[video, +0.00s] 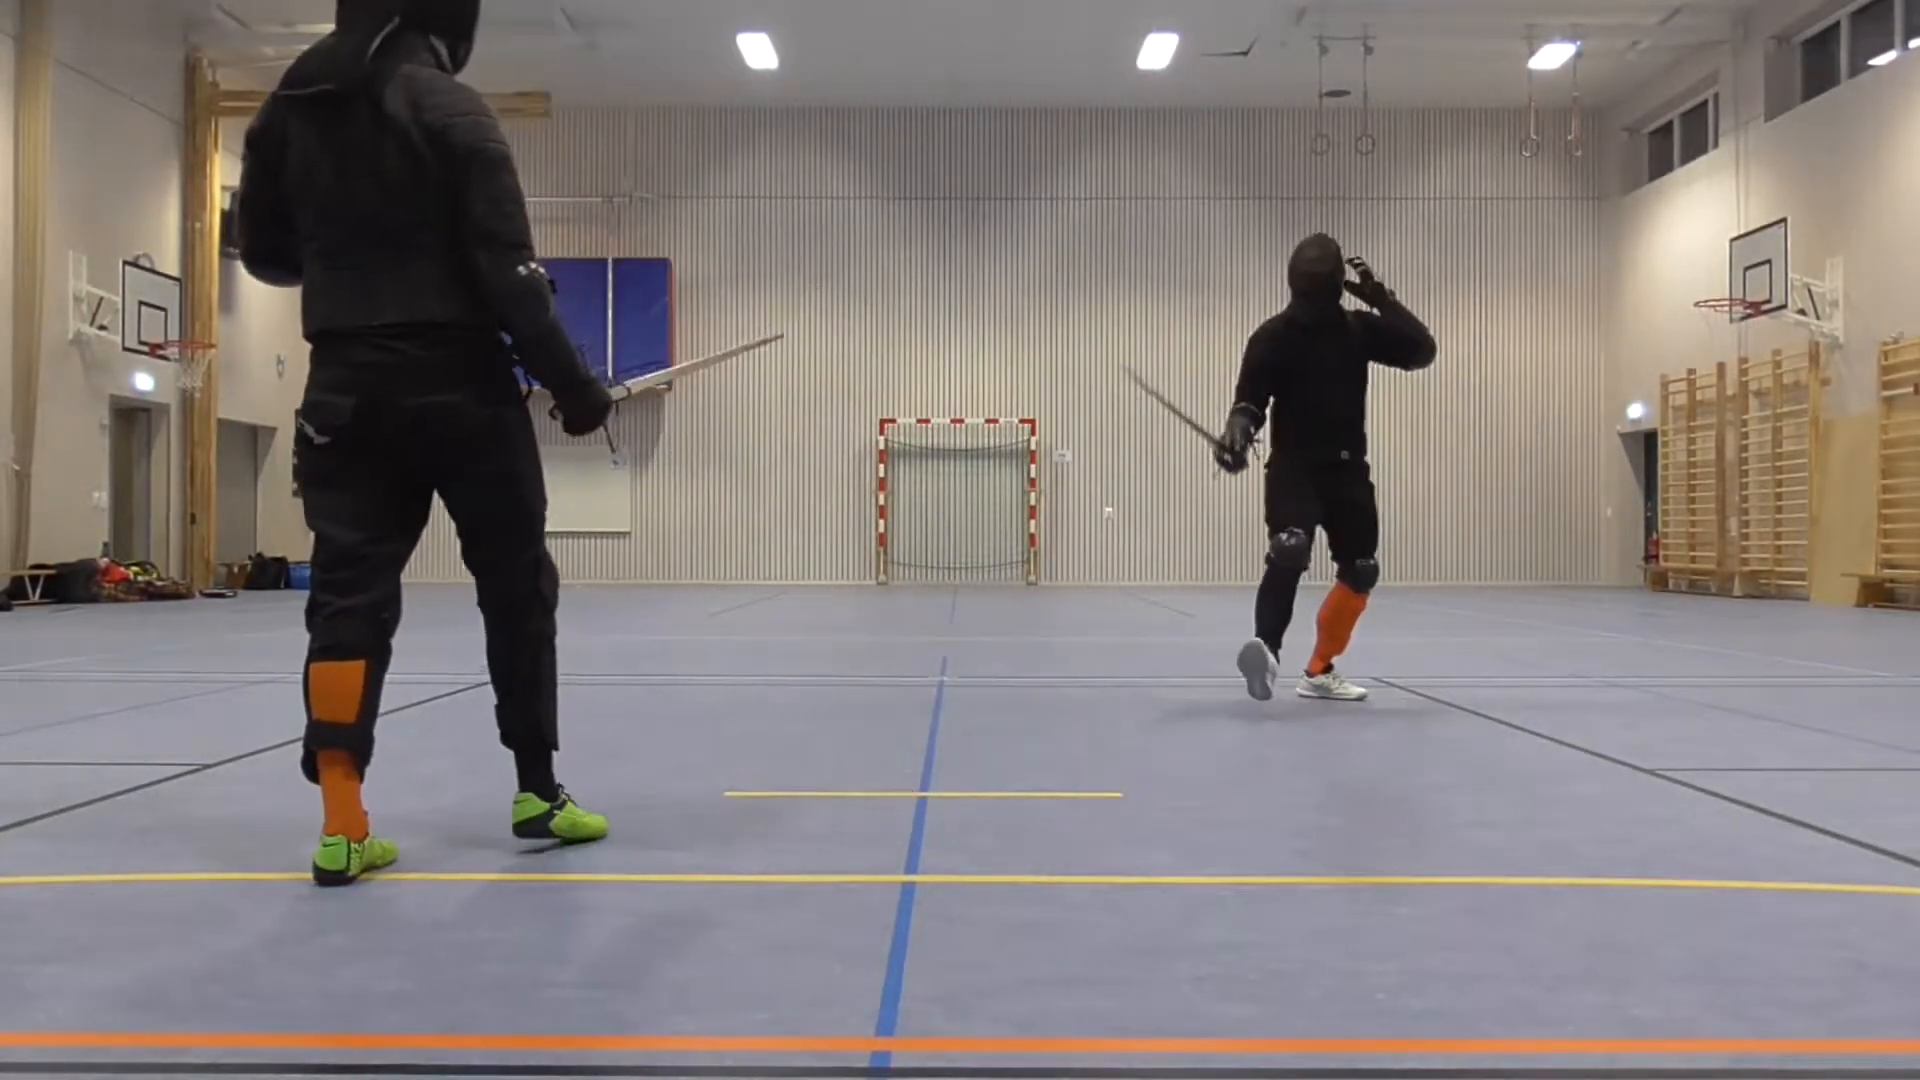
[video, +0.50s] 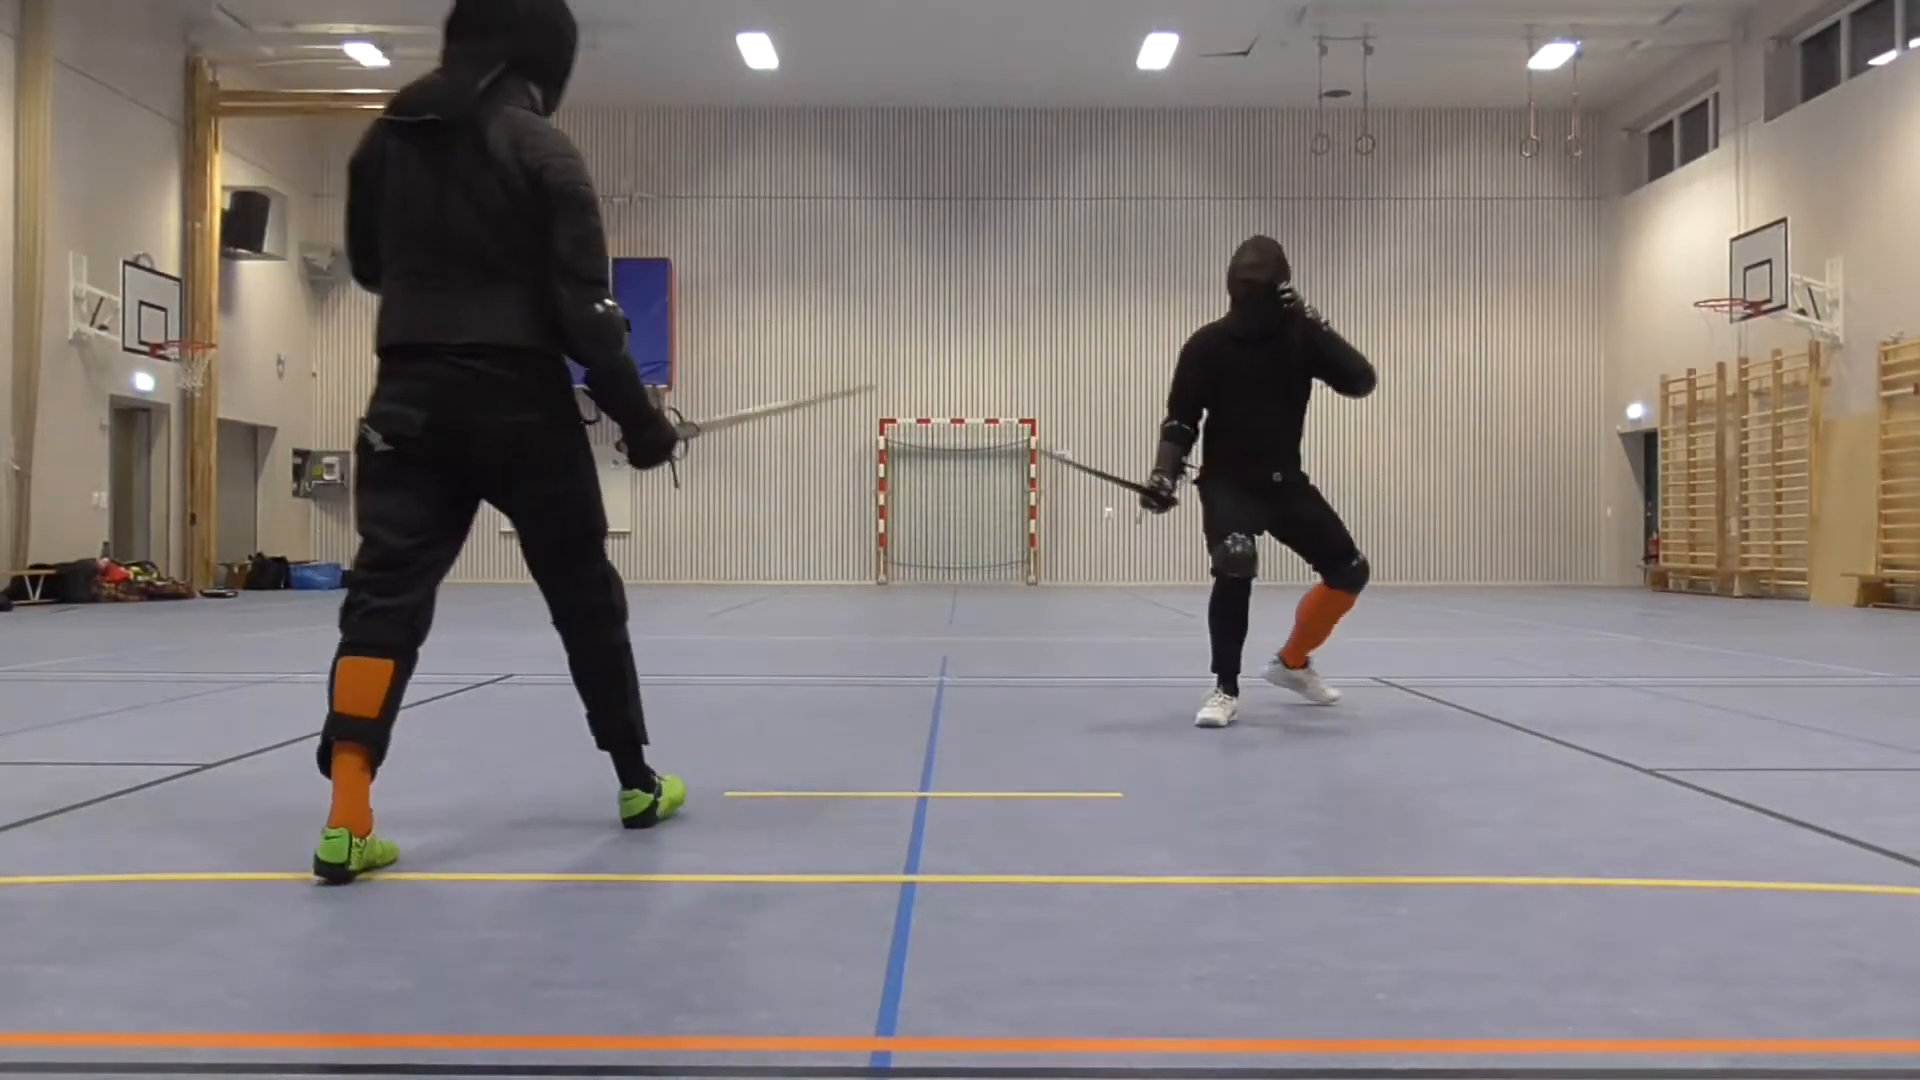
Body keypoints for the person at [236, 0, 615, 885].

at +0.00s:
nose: (469, 39)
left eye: (468, 26)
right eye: (466, 24)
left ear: (359, 14)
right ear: (440, 19)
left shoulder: (288, 108)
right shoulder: (451, 109)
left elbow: (267, 252)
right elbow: (508, 271)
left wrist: (358, 246)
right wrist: (577, 383)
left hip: (346, 388)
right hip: (464, 385)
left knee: (346, 595)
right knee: (516, 581)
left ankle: (342, 832)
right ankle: (537, 791)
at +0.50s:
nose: (564, 78)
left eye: (561, 59)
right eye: (560, 61)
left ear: (462, 43)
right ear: (540, 55)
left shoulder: (386, 142)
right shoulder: (545, 151)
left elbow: (368, 262)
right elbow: (585, 315)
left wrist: (465, 264)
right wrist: (644, 420)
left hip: (410, 397)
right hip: (524, 404)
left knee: (384, 594)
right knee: (583, 590)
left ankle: (346, 824)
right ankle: (636, 780)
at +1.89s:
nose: (522, 123)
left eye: (523, 109)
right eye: (520, 108)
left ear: (427, 82)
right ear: (499, 99)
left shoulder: (345, 169)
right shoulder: (500, 183)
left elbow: (339, 279)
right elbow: (537, 332)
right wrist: (598, 419)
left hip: (345, 412)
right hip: (452, 419)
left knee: (300, 592)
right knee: (539, 583)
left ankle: (215, 778)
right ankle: (545, 785)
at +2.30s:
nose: (425, 100)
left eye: (426, 83)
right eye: (423, 82)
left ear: (326, 52)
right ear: (397, 71)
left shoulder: (235, 142)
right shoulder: (394, 157)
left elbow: (232, 268)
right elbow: (421, 317)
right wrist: (494, 409)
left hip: (233, 399)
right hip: (348, 406)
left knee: (216, 597)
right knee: (441, 583)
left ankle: (176, 827)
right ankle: (479, 788)